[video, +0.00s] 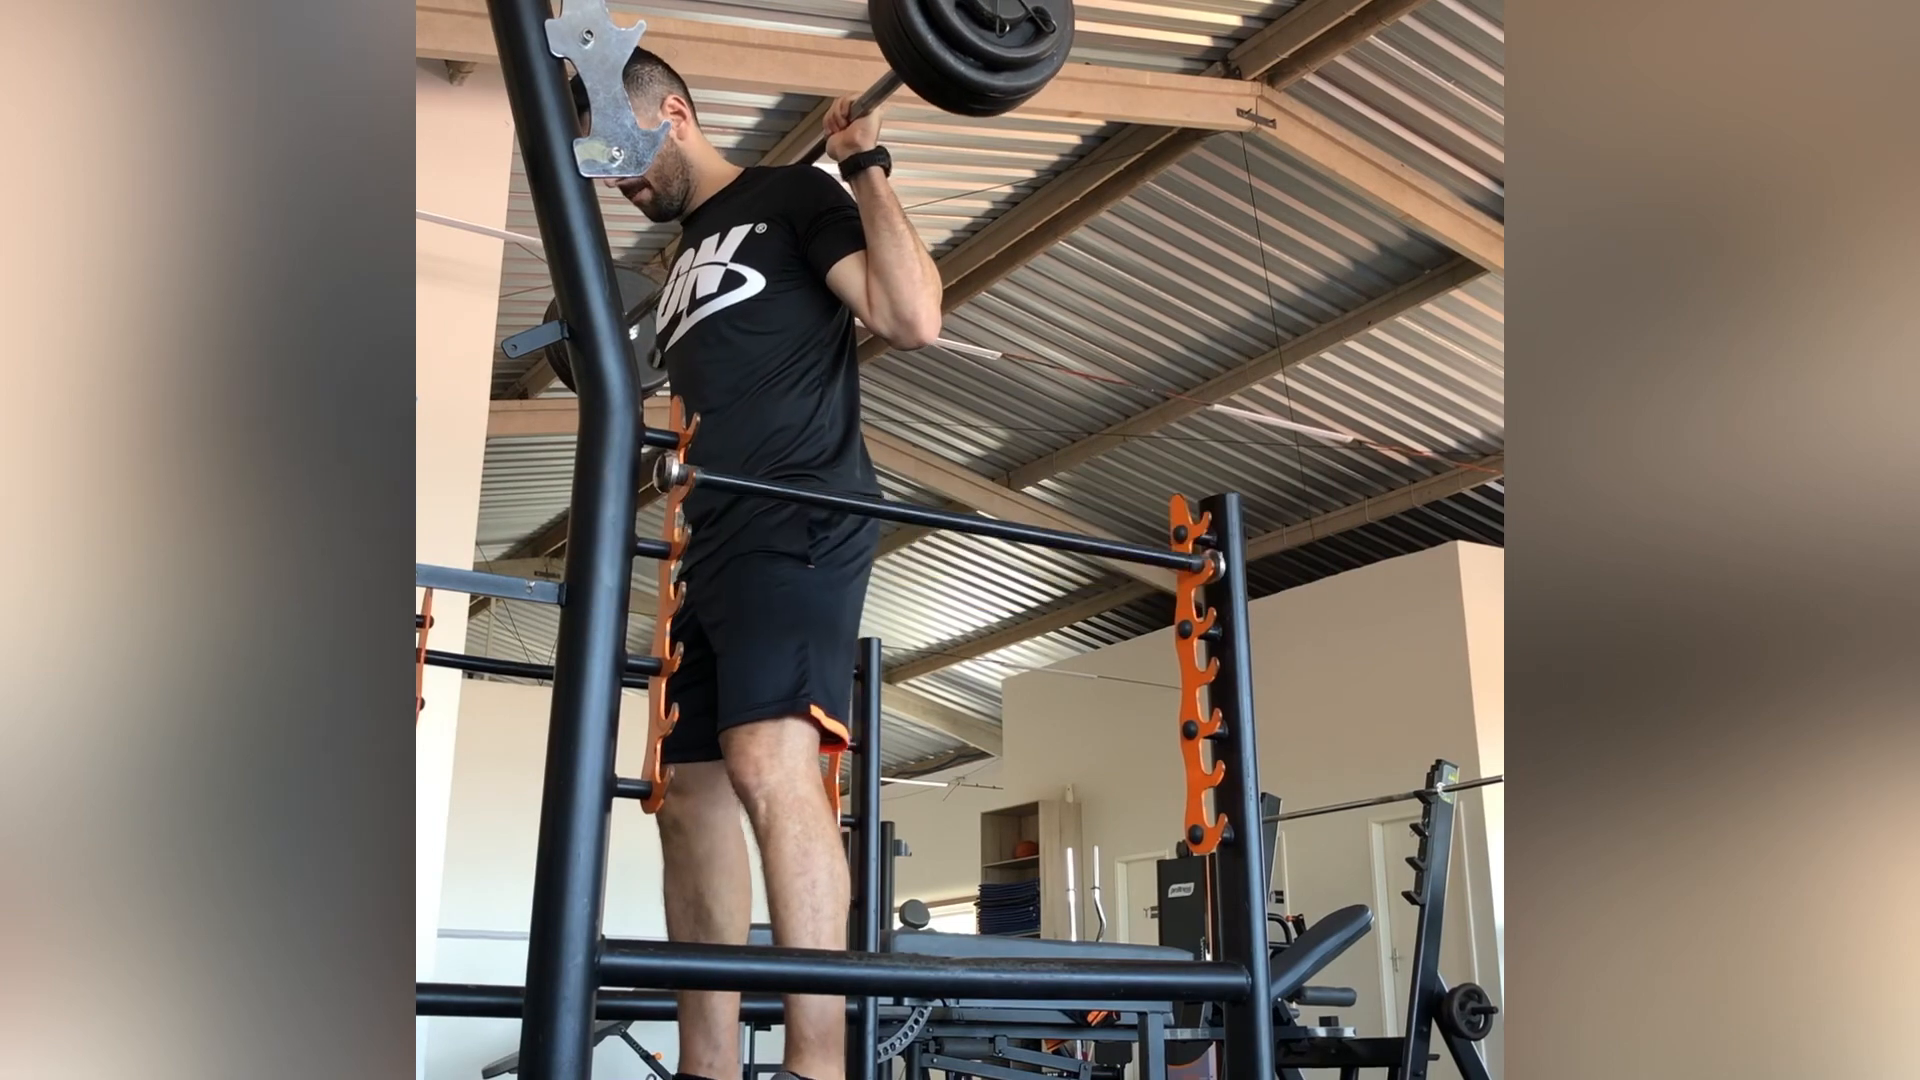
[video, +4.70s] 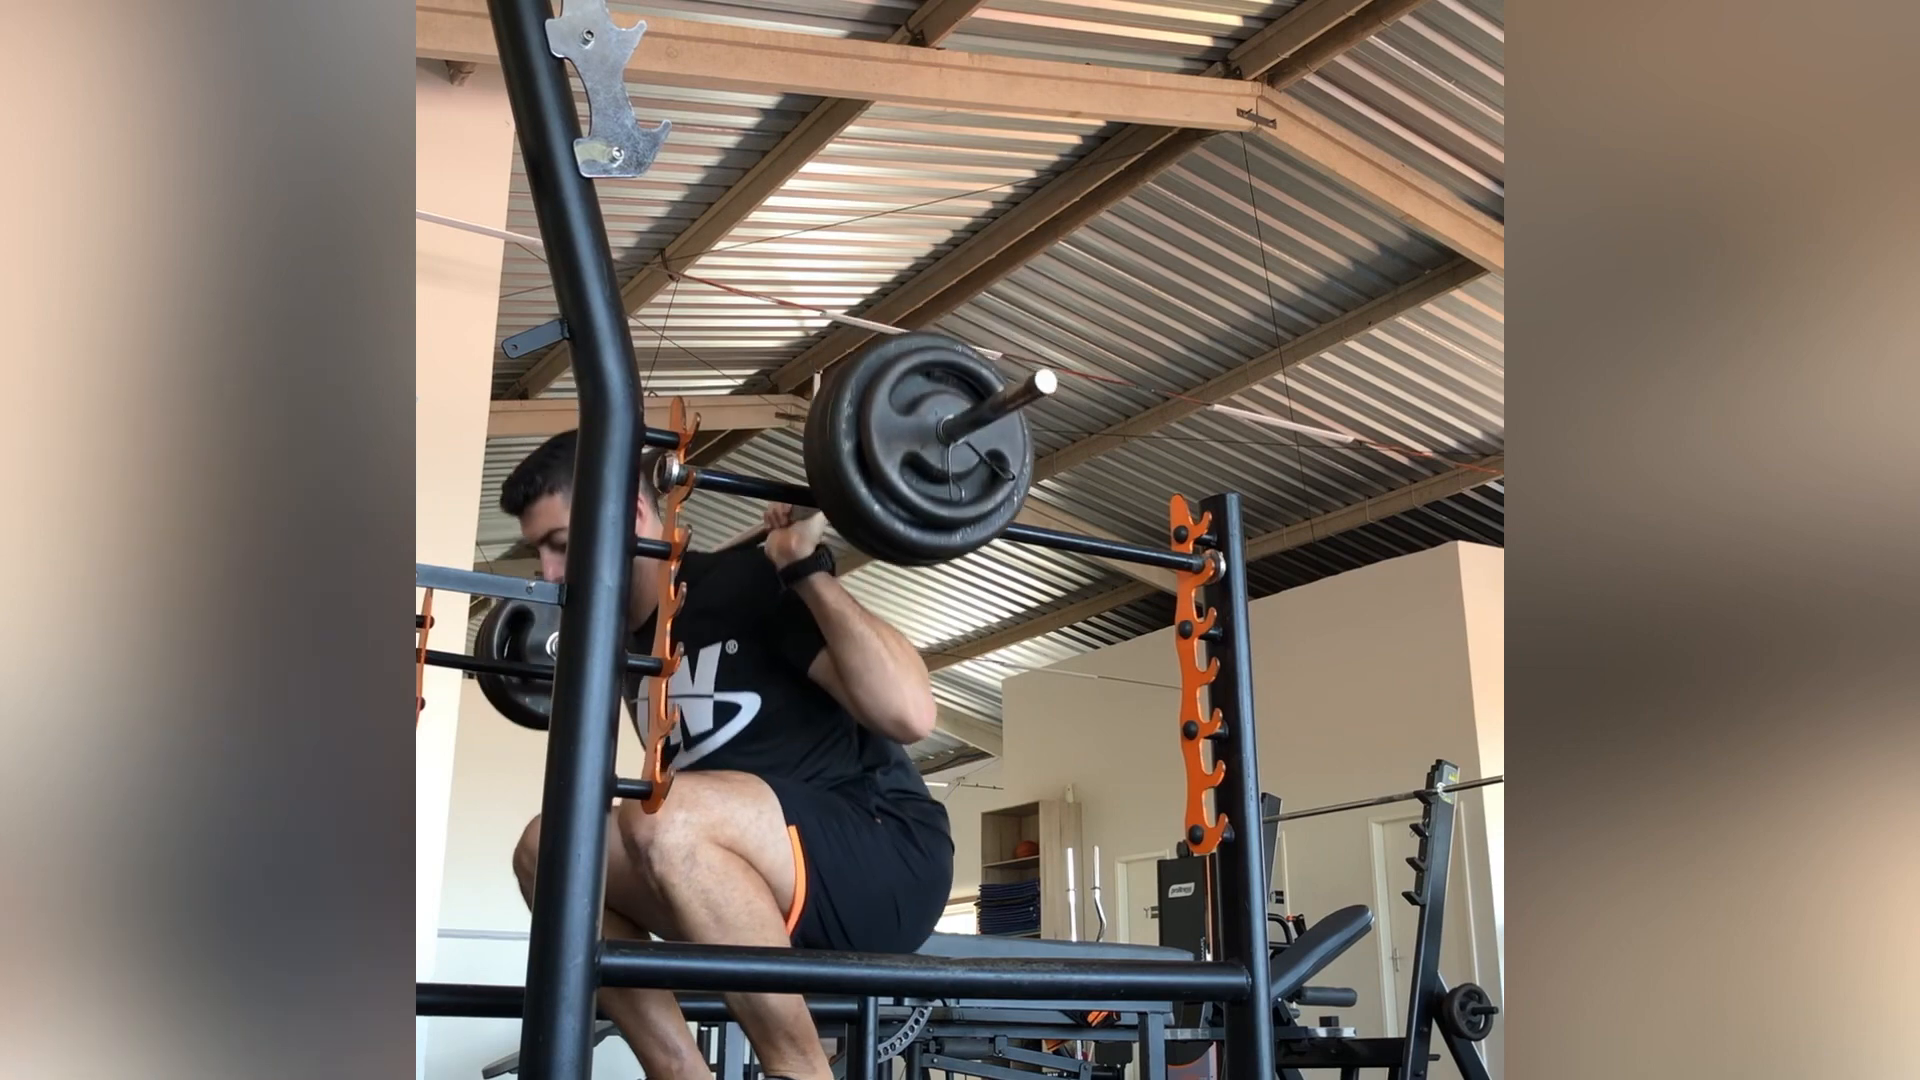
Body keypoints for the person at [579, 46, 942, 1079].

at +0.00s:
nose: (623, 181)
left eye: (630, 152)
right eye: (610, 166)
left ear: (679, 116)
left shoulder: (793, 194)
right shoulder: (685, 261)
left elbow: (915, 319)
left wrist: (869, 173)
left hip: (797, 514)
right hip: (719, 533)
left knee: (770, 756)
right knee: (691, 790)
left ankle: (821, 1063)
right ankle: (708, 1065)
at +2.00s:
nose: (624, 183)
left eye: (632, 154)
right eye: (611, 168)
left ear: (684, 120)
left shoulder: (799, 199)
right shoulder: (687, 270)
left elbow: (921, 321)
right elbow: (712, 415)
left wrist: (863, 174)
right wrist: (677, 455)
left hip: (819, 527)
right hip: (728, 543)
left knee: (788, 763)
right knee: (699, 788)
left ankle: (828, 1065)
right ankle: (708, 1066)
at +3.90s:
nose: (590, 309)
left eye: (600, 283)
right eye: (582, 288)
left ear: (661, 267)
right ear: (642, 277)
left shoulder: (781, 341)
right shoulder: (661, 406)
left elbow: (914, 472)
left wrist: (837, 318)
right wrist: (621, 433)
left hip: (868, 634)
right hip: (763, 659)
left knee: (702, 789)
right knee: (587, 812)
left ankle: (816, 1068)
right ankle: (686, 1072)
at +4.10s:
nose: (570, 406)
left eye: (578, 376)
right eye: (557, 387)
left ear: (649, 350)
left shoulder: (766, 415)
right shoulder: (646, 487)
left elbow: (911, 550)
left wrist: (827, 407)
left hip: (882, 700)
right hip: (772, 721)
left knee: (690, 793)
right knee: (568, 833)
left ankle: (816, 1070)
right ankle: (685, 1074)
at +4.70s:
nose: (548, 573)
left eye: (560, 542)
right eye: (537, 552)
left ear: (638, 514)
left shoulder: (749, 578)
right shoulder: (623, 643)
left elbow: (911, 714)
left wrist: (809, 570)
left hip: (886, 853)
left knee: (667, 818)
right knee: (547, 848)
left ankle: (802, 1071)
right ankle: (681, 1073)